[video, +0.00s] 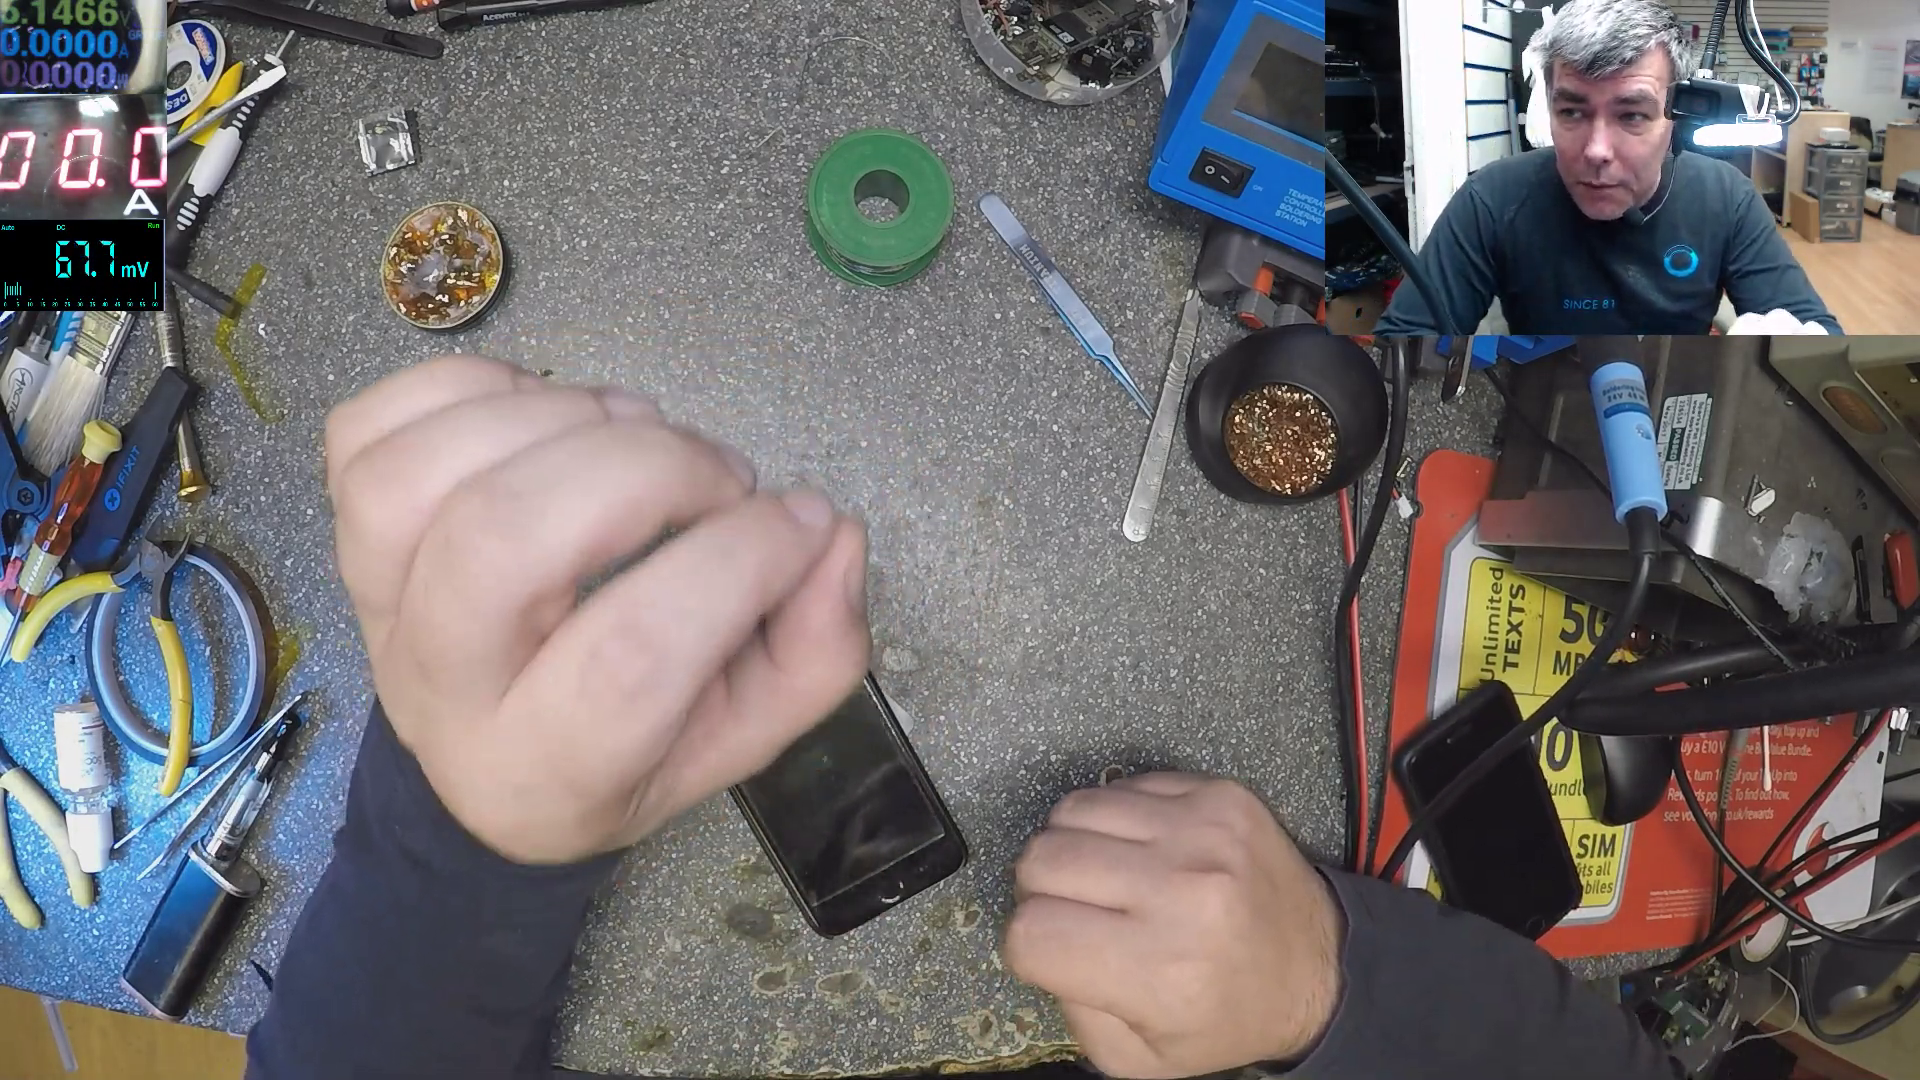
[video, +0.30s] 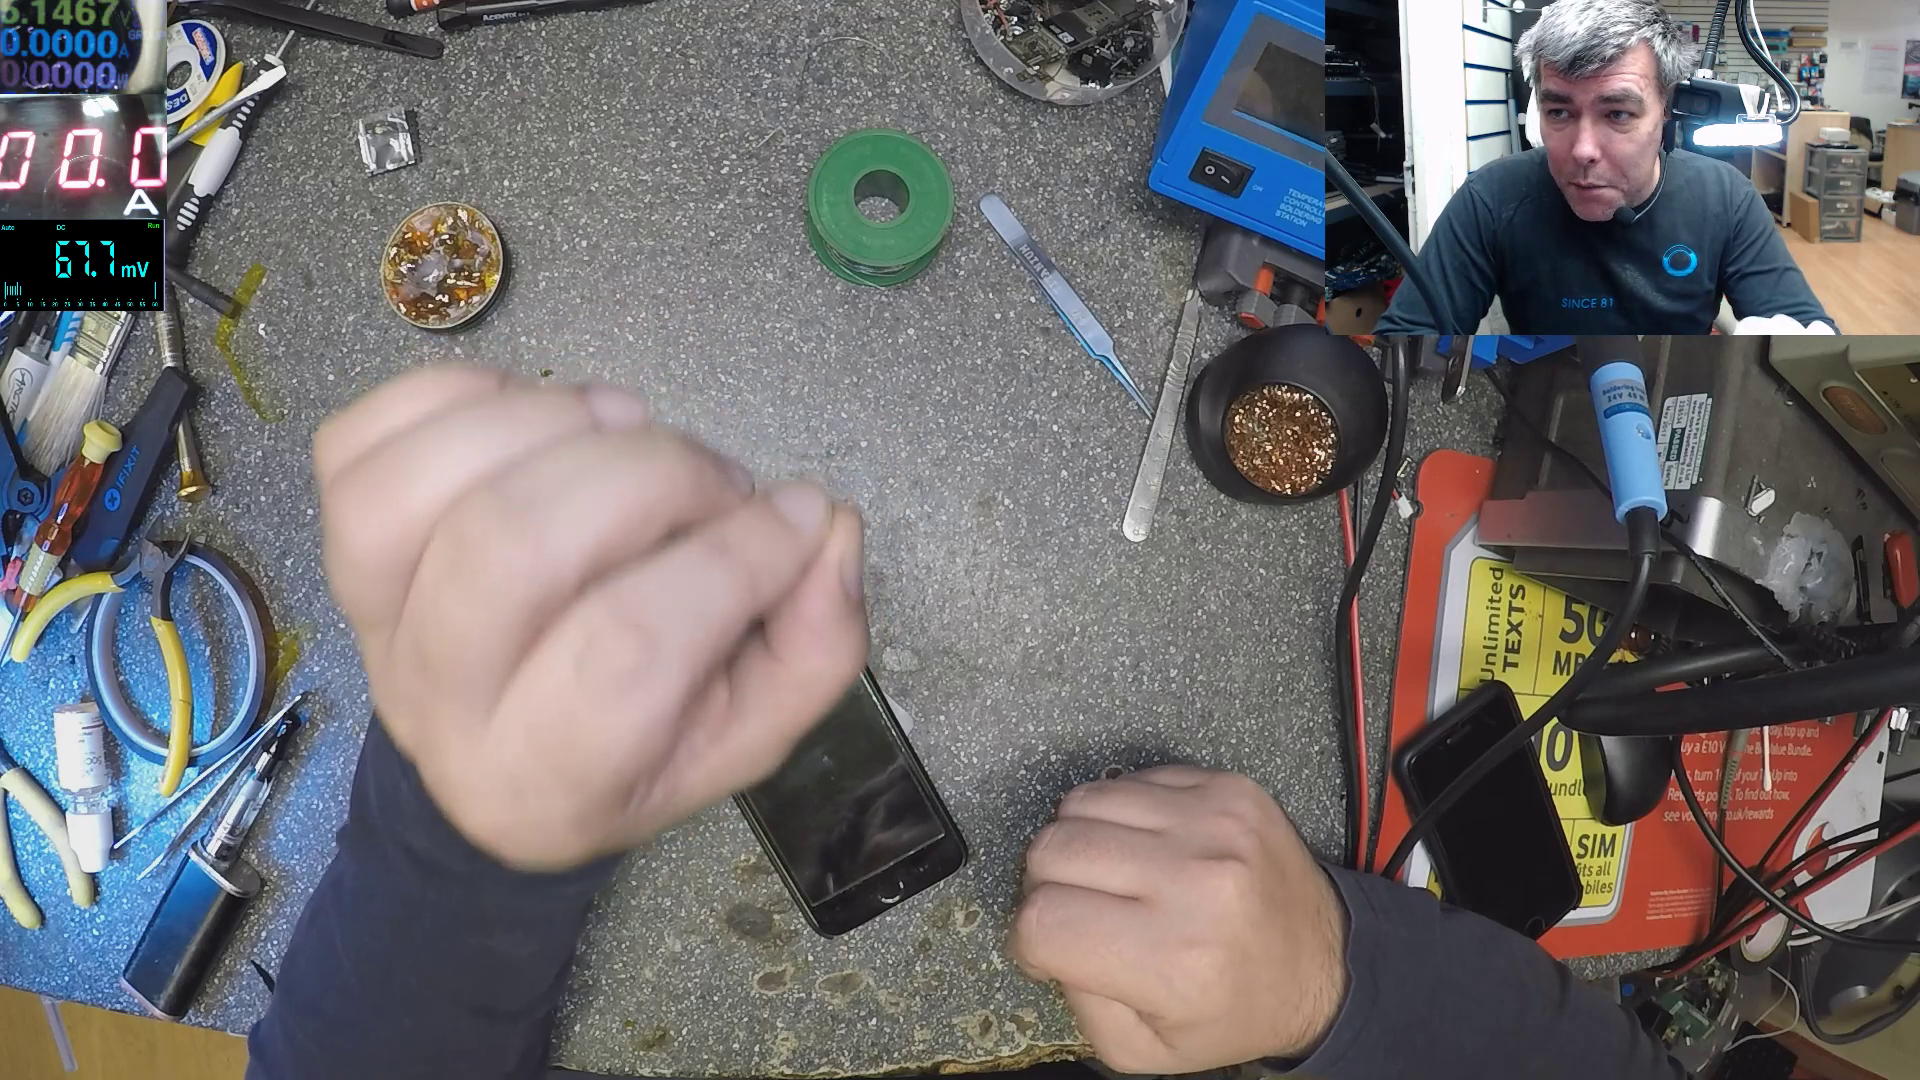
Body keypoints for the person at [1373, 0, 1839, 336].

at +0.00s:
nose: (1597, 153)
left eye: (1632, 116)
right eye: (1573, 112)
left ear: (1670, 115)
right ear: (1546, 107)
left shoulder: (1723, 199)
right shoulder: (1493, 203)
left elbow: (1817, 331)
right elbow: (1401, 342)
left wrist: (1788, 344)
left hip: (1683, 432)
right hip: (1542, 431)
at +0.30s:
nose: (1584, 151)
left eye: (1619, 116)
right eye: (1560, 112)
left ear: (1664, 115)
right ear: (1536, 110)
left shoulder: (1723, 199)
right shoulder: (1492, 202)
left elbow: (1810, 332)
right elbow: (1402, 344)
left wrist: (1786, 346)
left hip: (1684, 425)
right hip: (1543, 425)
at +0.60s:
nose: (1597, 148)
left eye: (1630, 113)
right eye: (1573, 109)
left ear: (1669, 115)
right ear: (1547, 109)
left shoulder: (1724, 199)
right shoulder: (1495, 203)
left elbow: (1805, 329)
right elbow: (1405, 337)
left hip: (1685, 426)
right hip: (1546, 428)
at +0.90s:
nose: (1608, 153)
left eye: (1640, 119)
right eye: (1582, 115)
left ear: (1679, 115)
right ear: (1556, 107)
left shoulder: (1725, 201)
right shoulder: (1498, 203)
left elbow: (1805, 329)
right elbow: (1406, 337)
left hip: (1683, 421)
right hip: (1545, 421)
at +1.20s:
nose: (1599, 142)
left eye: (1633, 111)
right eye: (1579, 105)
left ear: (1674, 115)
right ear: (1554, 102)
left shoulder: (1724, 201)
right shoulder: (1497, 203)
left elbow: (1803, 329)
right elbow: (1407, 335)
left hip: (1681, 421)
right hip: (1545, 422)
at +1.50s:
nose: (1596, 155)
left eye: (1631, 122)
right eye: (1575, 116)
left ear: (1671, 118)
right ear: (1549, 109)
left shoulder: (1723, 202)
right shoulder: (1497, 203)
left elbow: (1805, 331)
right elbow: (1406, 335)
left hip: (1680, 420)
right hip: (1544, 421)